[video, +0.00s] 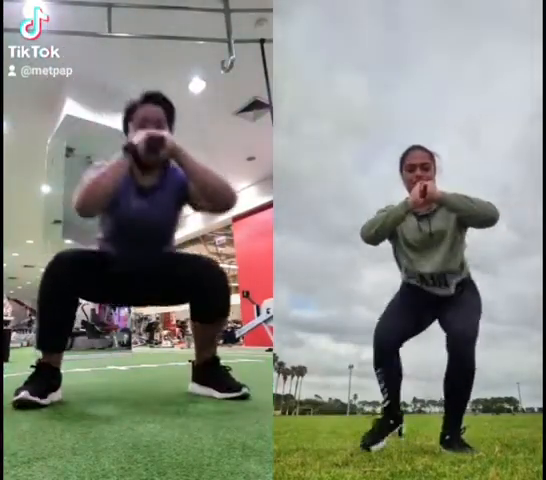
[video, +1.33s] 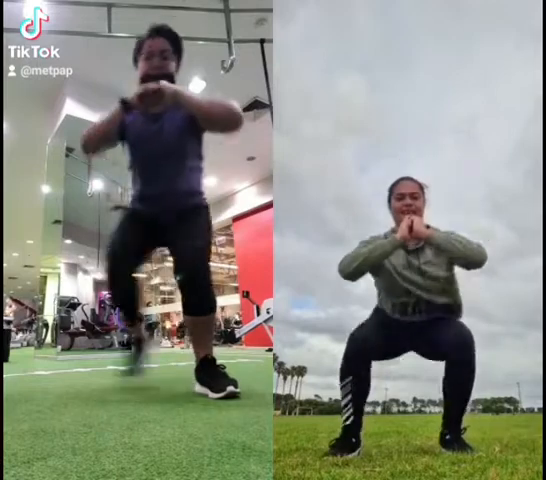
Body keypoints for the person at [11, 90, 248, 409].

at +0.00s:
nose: (152, 135)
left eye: (160, 126)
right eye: (142, 125)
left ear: (171, 135)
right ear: (128, 135)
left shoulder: (178, 179)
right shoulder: (112, 172)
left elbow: (225, 201)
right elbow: (85, 207)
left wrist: (178, 152)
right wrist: (127, 158)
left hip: (160, 271)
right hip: (111, 270)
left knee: (209, 275)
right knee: (63, 268)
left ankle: (206, 369)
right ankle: (47, 373)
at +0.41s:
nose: (172, 91)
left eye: (181, 84)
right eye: (166, 83)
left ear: (196, 92)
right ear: (154, 90)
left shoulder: (203, 136)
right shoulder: (138, 134)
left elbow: (246, 139)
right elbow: (84, 142)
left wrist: (192, 116)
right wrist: (135, 122)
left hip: (190, 235)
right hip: (142, 233)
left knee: (215, 282)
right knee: (95, 285)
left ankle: (213, 367)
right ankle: (58, 367)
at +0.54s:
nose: (176, 78)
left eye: (185, 72)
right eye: (169, 72)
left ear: (197, 80)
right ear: (157, 80)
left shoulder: (207, 123)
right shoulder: (143, 125)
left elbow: (247, 130)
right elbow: (94, 147)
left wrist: (193, 109)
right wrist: (138, 120)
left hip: (197, 224)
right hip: (152, 222)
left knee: (210, 281)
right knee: (110, 262)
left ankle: (211, 367)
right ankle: (99, 334)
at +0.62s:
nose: (180, 77)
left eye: (188, 71)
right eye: (172, 71)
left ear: (199, 79)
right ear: (160, 79)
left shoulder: (209, 122)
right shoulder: (147, 126)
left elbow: (249, 131)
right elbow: (104, 155)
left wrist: (197, 109)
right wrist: (143, 120)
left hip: (199, 220)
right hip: (156, 219)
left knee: (204, 275)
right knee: (123, 265)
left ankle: (209, 365)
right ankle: (145, 334)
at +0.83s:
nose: (174, 112)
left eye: (182, 106)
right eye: (168, 105)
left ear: (194, 115)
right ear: (156, 113)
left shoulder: (204, 154)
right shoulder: (144, 158)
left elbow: (249, 169)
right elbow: (118, 200)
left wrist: (192, 141)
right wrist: (148, 156)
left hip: (204, 236)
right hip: (161, 239)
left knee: (202, 277)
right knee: (166, 309)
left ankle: (207, 363)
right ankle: (186, 354)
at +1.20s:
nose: (163, 83)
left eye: (171, 77)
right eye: (157, 77)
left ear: (183, 87)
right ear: (145, 87)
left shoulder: (193, 131)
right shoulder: (135, 138)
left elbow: (240, 151)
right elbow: (105, 172)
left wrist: (185, 126)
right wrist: (138, 133)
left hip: (196, 223)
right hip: (155, 227)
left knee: (198, 280)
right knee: (154, 305)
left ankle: (206, 365)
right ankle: (180, 349)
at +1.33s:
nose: (153, 61)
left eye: (162, 55)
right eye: (146, 56)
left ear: (176, 64)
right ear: (137, 64)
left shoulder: (190, 107)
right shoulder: (128, 113)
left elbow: (234, 120)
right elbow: (89, 145)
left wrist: (178, 96)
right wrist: (124, 108)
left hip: (188, 210)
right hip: (144, 211)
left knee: (195, 275)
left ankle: (206, 366)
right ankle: (137, 336)